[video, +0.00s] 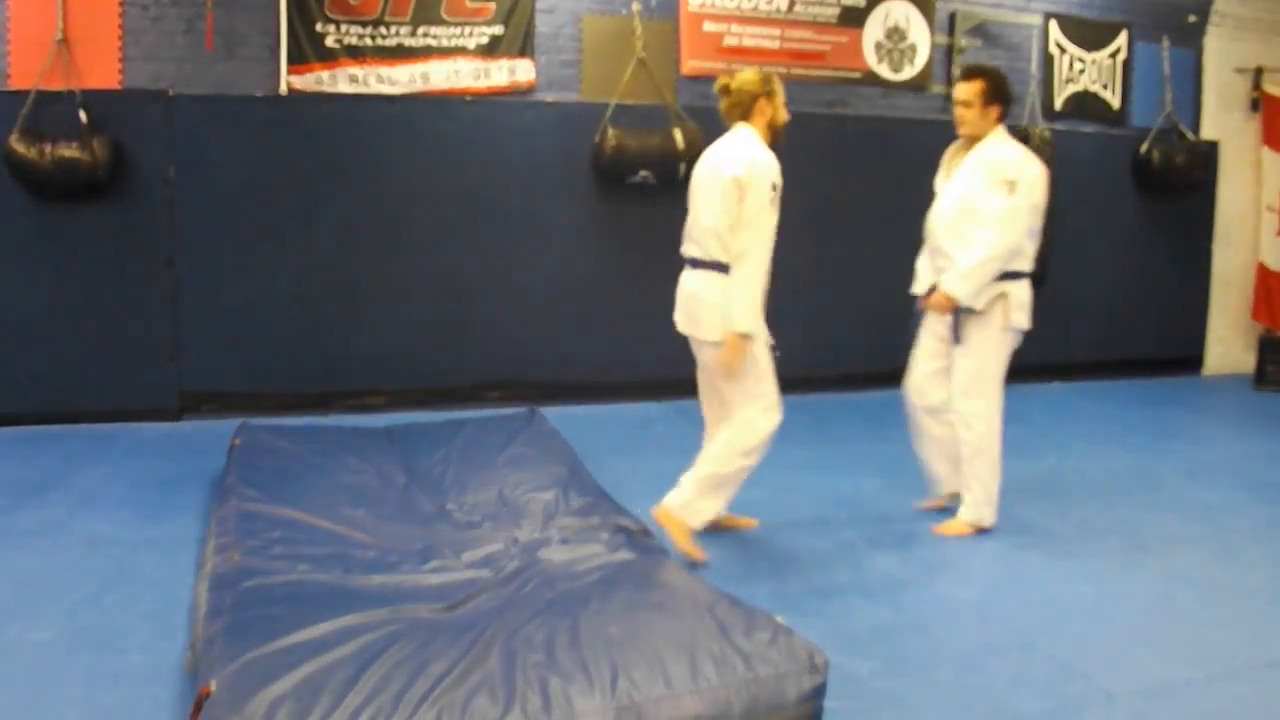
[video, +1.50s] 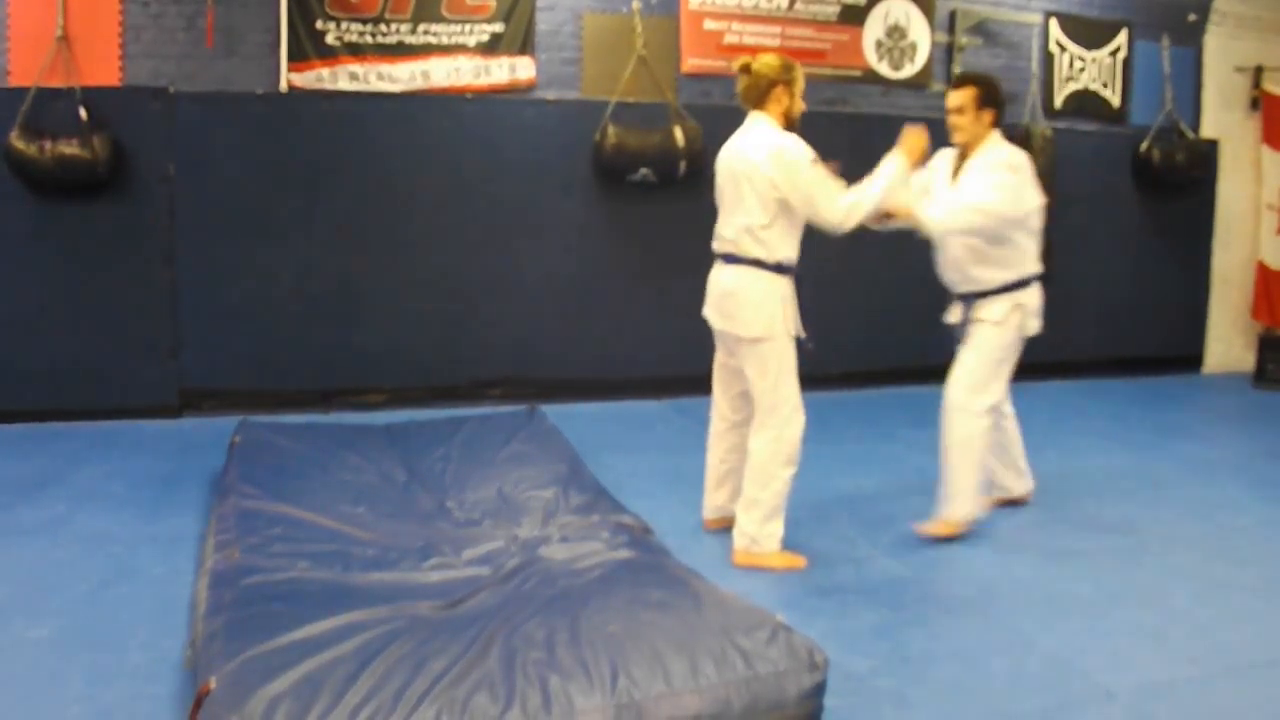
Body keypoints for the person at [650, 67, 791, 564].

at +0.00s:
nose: (784, 112)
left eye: (781, 103)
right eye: (780, 104)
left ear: (740, 108)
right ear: (762, 107)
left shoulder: (713, 155)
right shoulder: (759, 161)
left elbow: (700, 237)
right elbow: (752, 249)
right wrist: (740, 323)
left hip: (696, 286)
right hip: (730, 294)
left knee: (717, 407)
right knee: (761, 410)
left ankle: (710, 505)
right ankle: (682, 507)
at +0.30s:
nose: (809, 108)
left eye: (807, 100)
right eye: (804, 100)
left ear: (763, 104)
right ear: (787, 104)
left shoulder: (738, 151)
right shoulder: (787, 159)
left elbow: (723, 232)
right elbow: (778, 245)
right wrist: (770, 324)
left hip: (718, 285)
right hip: (754, 293)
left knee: (728, 409)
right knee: (779, 421)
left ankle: (710, 502)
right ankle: (759, 543)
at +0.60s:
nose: (808, 96)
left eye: (806, 88)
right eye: (803, 89)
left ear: (759, 97)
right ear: (785, 95)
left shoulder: (733, 150)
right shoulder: (791, 155)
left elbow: (734, 222)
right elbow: (815, 239)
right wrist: (856, 300)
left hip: (727, 281)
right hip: (768, 289)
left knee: (732, 404)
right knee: (779, 416)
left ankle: (723, 507)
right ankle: (758, 545)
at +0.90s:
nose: (798, 99)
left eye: (795, 90)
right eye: (793, 90)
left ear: (749, 95)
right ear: (777, 95)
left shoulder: (732, 149)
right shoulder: (778, 156)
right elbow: (796, 246)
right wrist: (819, 314)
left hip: (734, 279)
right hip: (768, 288)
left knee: (736, 404)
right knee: (783, 416)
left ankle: (722, 507)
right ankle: (756, 541)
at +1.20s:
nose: (797, 99)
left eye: (794, 90)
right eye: (793, 91)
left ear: (750, 96)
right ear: (776, 96)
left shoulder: (734, 148)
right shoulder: (778, 156)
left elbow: (735, 229)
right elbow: (794, 246)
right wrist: (818, 321)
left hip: (736, 277)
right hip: (767, 285)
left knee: (736, 402)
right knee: (784, 414)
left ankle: (720, 506)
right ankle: (756, 541)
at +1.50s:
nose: (800, 101)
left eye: (797, 93)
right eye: (796, 93)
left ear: (753, 95)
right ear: (781, 95)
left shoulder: (733, 145)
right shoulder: (785, 152)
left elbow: (761, 201)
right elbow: (838, 214)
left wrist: (810, 176)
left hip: (724, 282)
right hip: (763, 291)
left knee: (730, 405)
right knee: (781, 417)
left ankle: (720, 506)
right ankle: (756, 541)